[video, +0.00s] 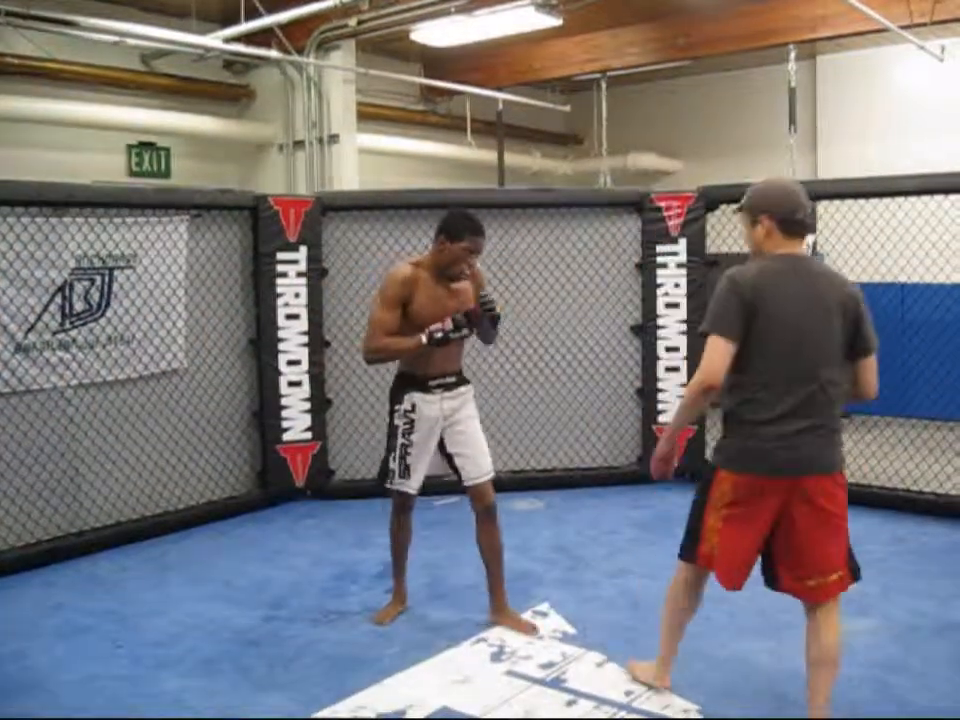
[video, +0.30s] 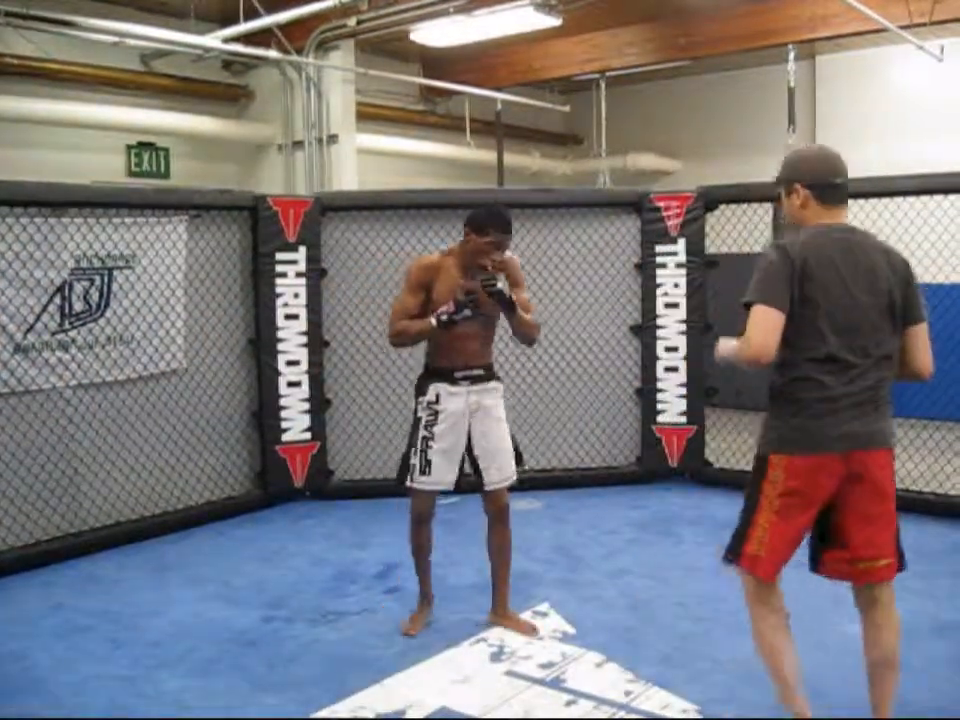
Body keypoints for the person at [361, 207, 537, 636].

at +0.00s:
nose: (470, 266)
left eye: (474, 258)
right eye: (466, 256)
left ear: (474, 253)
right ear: (442, 244)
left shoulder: (470, 277)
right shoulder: (402, 279)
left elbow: (484, 336)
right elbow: (372, 349)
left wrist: (486, 322)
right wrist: (427, 337)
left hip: (458, 398)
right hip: (414, 402)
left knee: (486, 501)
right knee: (403, 502)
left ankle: (500, 607)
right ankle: (398, 596)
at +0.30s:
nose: (495, 257)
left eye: (501, 250)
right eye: (490, 248)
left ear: (503, 247)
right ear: (468, 236)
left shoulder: (506, 269)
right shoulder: (427, 268)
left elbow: (530, 334)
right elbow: (397, 333)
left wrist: (506, 300)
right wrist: (438, 318)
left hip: (487, 393)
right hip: (440, 394)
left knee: (499, 503)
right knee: (421, 505)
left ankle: (501, 609)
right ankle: (424, 600)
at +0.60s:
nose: (493, 263)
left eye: (500, 256)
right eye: (487, 255)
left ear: (507, 252)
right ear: (467, 242)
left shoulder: (504, 267)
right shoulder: (432, 273)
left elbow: (529, 330)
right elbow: (411, 351)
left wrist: (515, 300)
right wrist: (455, 323)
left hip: (496, 398)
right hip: (449, 401)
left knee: (540, 510)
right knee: (440, 519)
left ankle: (524, 600)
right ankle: (439, 624)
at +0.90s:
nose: (536, 280)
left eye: (544, 274)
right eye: (530, 272)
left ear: (549, 267)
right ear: (511, 255)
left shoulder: (545, 276)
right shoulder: (475, 271)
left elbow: (576, 340)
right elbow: (462, 348)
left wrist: (579, 302)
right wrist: (510, 307)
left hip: (531, 408)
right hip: (481, 411)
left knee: (565, 528)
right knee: (458, 525)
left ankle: (573, 643)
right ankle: (441, 625)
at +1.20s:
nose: (554, 258)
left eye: (561, 249)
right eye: (546, 250)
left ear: (568, 242)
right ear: (525, 238)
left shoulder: (573, 263)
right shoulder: (488, 262)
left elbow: (599, 338)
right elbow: (465, 339)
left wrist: (585, 306)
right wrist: (506, 317)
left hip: (555, 404)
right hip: (503, 405)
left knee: (578, 529)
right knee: (486, 530)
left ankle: (575, 644)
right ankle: (482, 644)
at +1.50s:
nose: (572, 257)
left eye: (579, 247)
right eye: (563, 248)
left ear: (588, 240)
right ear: (540, 243)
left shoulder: (600, 262)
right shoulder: (512, 271)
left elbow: (664, 275)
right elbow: (485, 355)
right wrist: (522, 305)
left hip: (589, 415)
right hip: (531, 416)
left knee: (623, 547)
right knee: (500, 534)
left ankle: (653, 668)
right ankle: (482, 645)